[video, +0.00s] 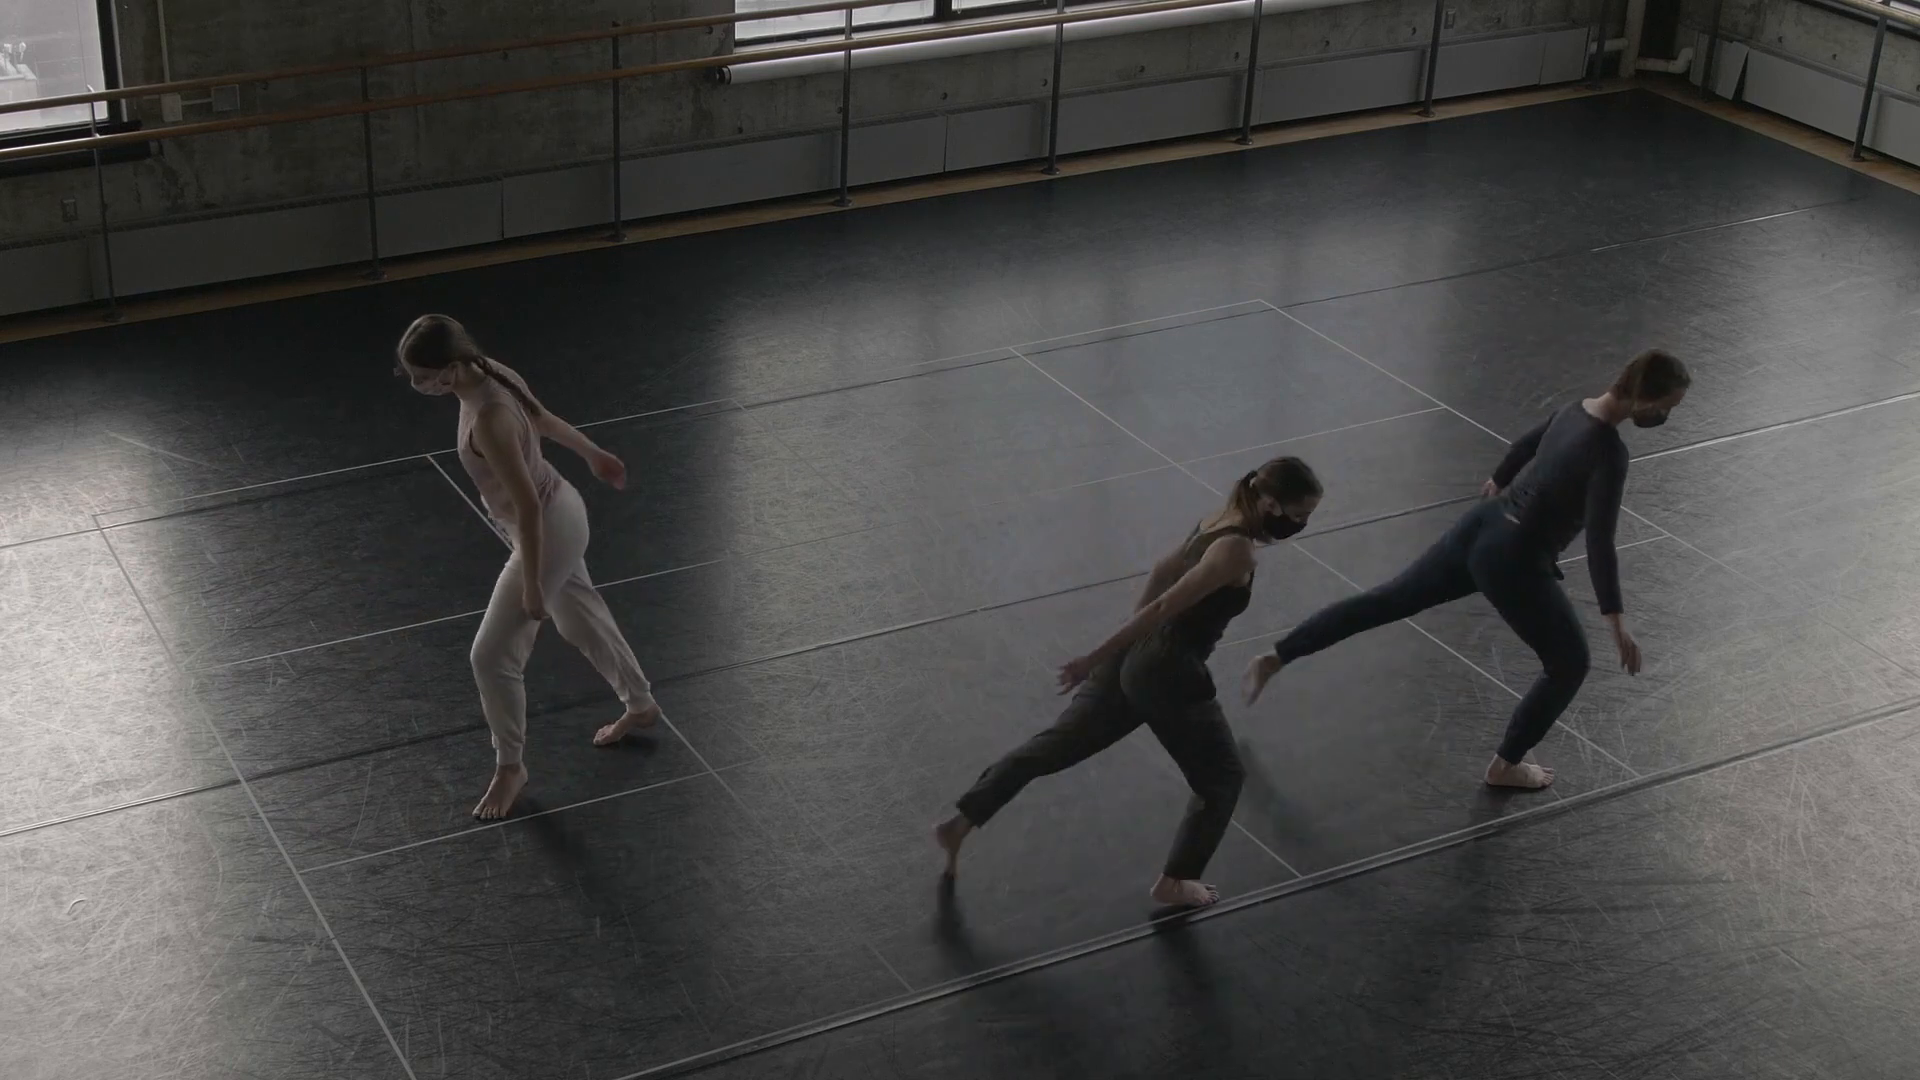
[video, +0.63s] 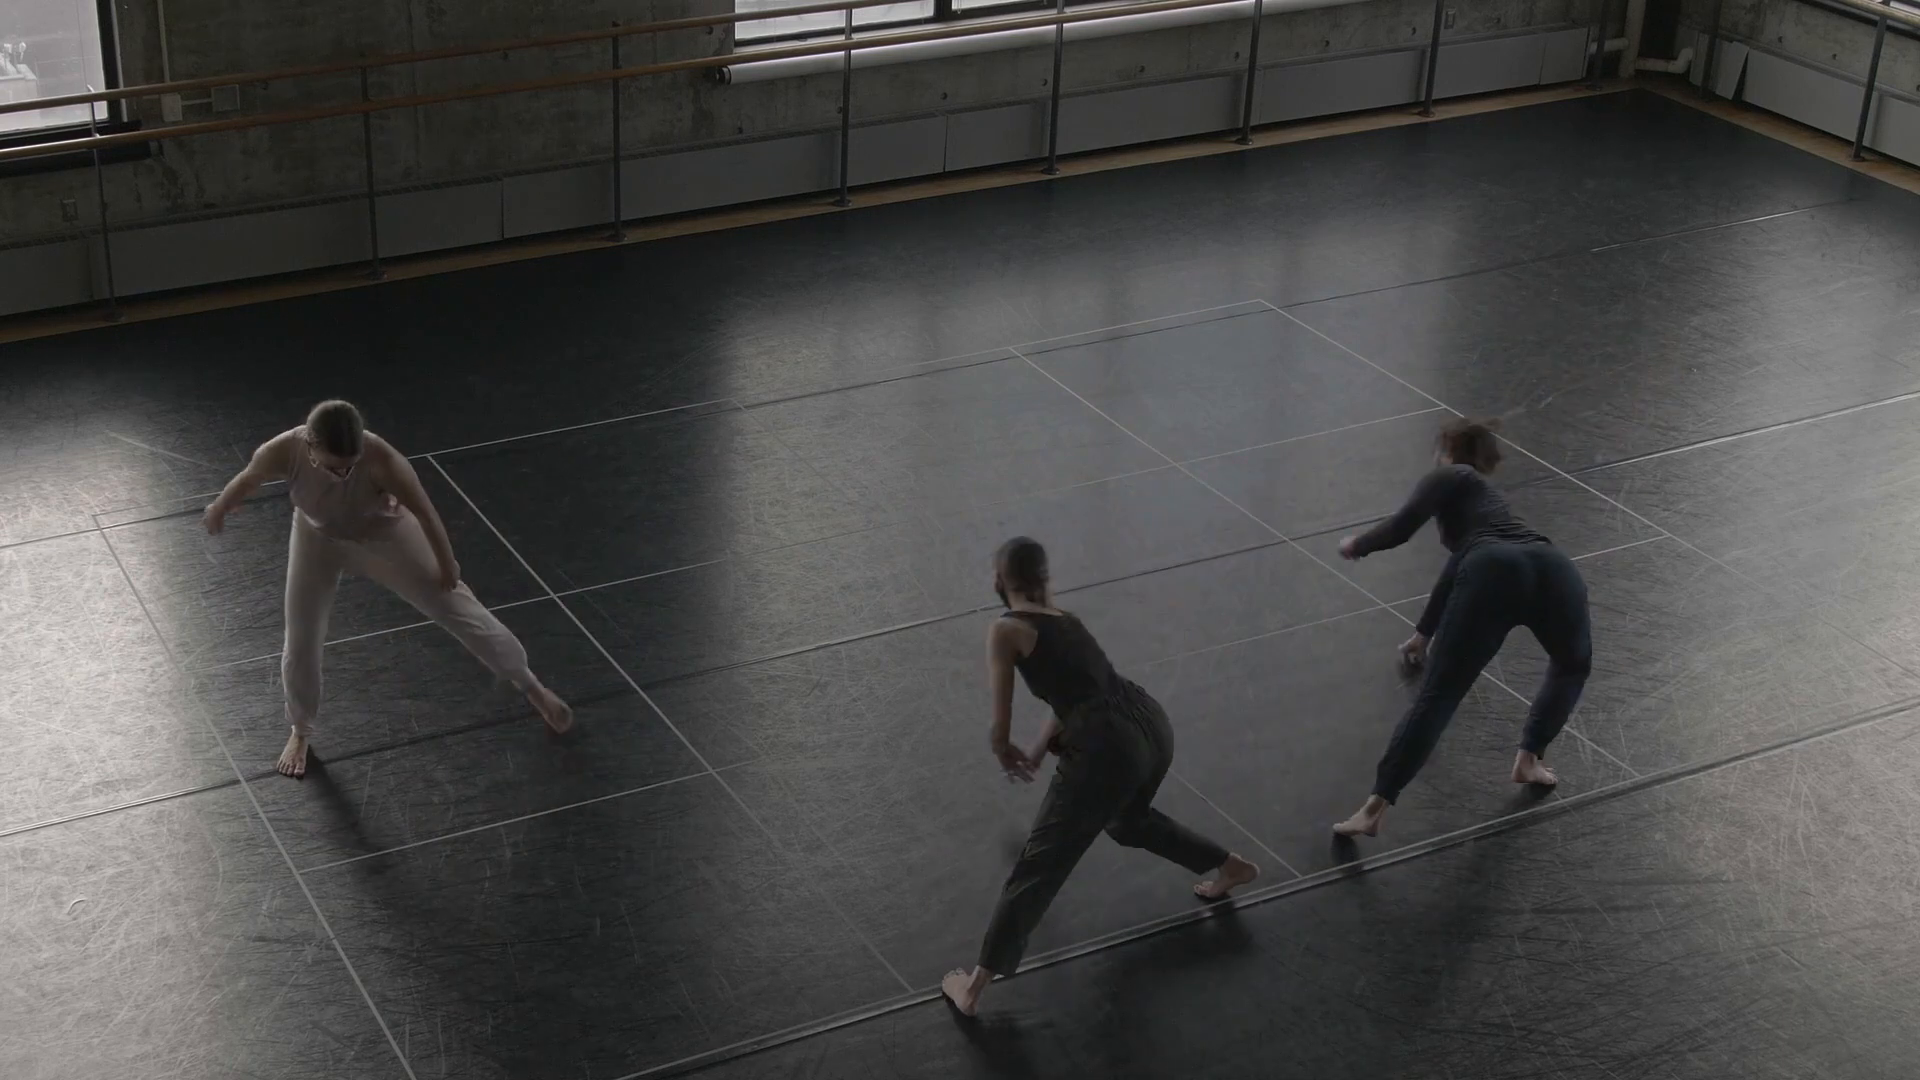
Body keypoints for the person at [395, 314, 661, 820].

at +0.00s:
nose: (422, 388)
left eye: (426, 378)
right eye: (416, 380)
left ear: (451, 365)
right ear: (452, 359)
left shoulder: (490, 422)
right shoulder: (489, 373)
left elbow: (527, 506)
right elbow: (540, 419)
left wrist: (531, 584)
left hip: (541, 535)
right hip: (558, 506)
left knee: (491, 655)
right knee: (582, 613)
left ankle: (510, 769)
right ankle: (640, 702)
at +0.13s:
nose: (402, 397)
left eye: (407, 389)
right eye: (398, 389)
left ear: (434, 378)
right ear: (436, 369)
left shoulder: (472, 434)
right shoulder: (473, 379)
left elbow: (507, 512)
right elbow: (532, 420)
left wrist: (511, 593)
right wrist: (596, 440)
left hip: (513, 549)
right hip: (482, 537)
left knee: (476, 674)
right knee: (501, 644)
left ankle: (508, 772)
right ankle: (594, 684)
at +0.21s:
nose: (391, 408)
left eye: (397, 401)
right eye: (386, 400)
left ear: (428, 387)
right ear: (427, 380)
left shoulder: (459, 441)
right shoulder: (455, 387)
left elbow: (497, 521)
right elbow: (511, 417)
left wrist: (500, 602)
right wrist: (568, 429)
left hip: (498, 556)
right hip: (461, 539)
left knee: (469, 678)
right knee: (425, 642)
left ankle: (509, 774)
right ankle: (514, 683)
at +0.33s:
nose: (372, 425)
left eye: (380, 418)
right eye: (366, 416)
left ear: (406, 400)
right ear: (361, 397)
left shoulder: (444, 444)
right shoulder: (397, 409)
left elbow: (485, 523)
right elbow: (429, 415)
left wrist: (490, 605)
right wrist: (470, 425)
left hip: (474, 562)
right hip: (427, 546)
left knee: (463, 684)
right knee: (374, 643)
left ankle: (507, 774)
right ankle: (372, 719)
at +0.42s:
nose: (364, 431)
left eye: (374, 424)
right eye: (356, 422)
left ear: (394, 407)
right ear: (345, 405)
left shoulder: (424, 434)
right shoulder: (340, 414)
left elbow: (473, 514)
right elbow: (373, 463)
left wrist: (485, 594)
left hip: (455, 552)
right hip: (395, 544)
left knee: (469, 677)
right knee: (351, 651)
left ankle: (509, 773)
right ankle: (302, 729)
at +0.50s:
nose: (356, 446)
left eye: (363, 439)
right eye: (347, 440)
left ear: (376, 418)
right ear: (328, 420)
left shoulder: (401, 433)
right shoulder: (307, 431)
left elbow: (451, 503)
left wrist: (472, 575)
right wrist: (297, 468)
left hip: (424, 530)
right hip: (359, 536)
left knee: (479, 645)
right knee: (327, 645)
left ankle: (520, 761)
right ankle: (299, 735)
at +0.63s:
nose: (341, 471)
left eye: (349, 464)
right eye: (332, 464)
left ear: (360, 446)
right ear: (311, 447)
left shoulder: (381, 458)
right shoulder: (285, 450)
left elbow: (424, 510)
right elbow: (245, 480)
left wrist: (448, 570)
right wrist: (214, 511)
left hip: (384, 533)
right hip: (315, 535)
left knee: (457, 608)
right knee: (301, 639)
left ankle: (535, 690)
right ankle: (299, 732)